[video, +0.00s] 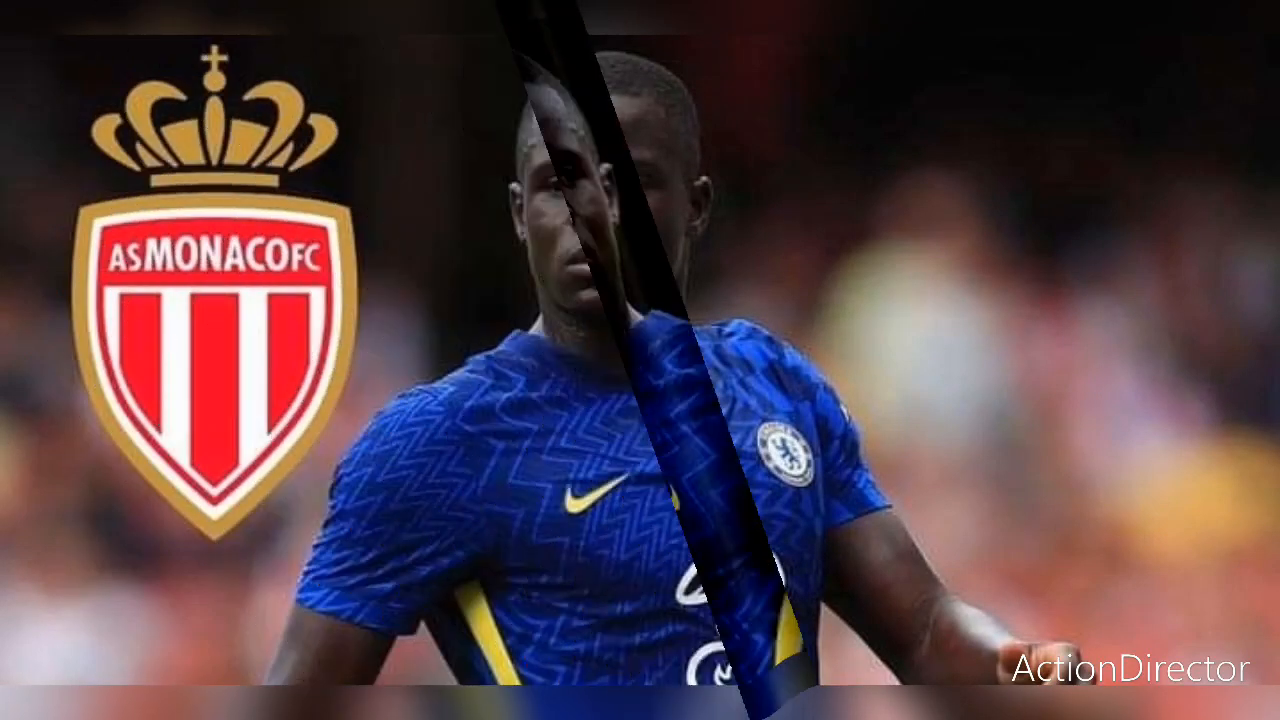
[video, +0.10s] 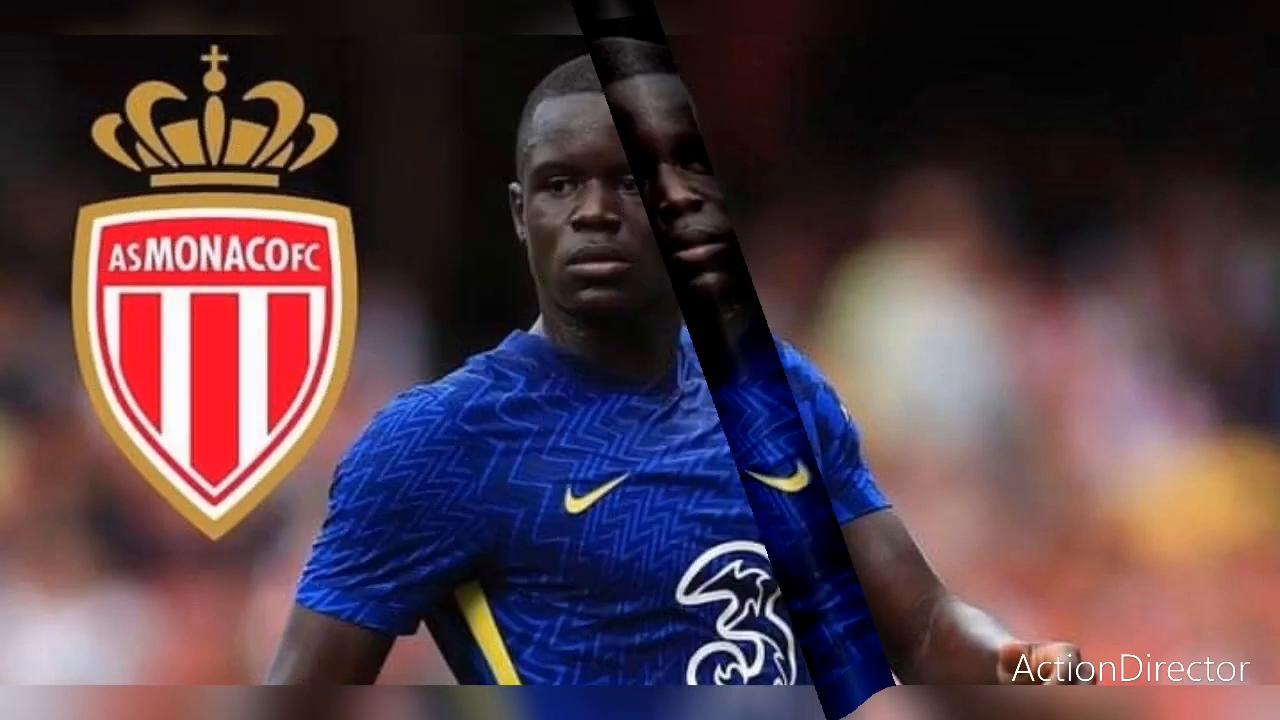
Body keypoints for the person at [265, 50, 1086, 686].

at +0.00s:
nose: (593, 215)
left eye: (629, 181)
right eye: (559, 180)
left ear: (696, 208)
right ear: (519, 210)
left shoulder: (769, 384)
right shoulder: (432, 444)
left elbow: (921, 625)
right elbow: (302, 690)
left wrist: (1013, 670)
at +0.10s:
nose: (598, 209)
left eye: (635, 176)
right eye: (561, 182)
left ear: (687, 201)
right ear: (522, 220)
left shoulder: (784, 397)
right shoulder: (435, 445)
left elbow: (923, 624)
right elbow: (303, 691)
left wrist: (1020, 670)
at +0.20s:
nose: (596, 209)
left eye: (634, 178)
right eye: (560, 181)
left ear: (697, 206)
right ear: (523, 217)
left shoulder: (767, 380)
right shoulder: (435, 443)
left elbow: (890, 601)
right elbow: (302, 689)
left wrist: (1000, 663)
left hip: (783, 707)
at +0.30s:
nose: (596, 208)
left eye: (634, 179)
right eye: (561, 182)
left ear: (697, 210)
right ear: (523, 216)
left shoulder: (766, 381)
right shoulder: (431, 446)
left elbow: (927, 639)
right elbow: (301, 691)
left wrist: (1018, 682)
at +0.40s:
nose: (595, 213)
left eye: (632, 181)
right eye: (559, 184)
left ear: (696, 208)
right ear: (519, 216)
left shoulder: (775, 392)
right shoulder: (432, 444)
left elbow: (922, 626)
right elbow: (294, 698)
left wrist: (1019, 673)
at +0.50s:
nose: (595, 209)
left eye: (633, 178)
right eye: (560, 181)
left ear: (697, 209)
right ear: (522, 216)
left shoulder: (771, 385)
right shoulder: (432, 444)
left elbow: (921, 625)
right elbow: (301, 690)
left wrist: (1023, 673)